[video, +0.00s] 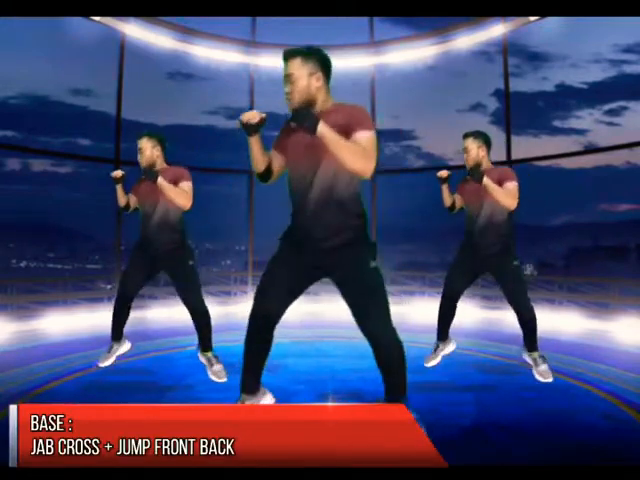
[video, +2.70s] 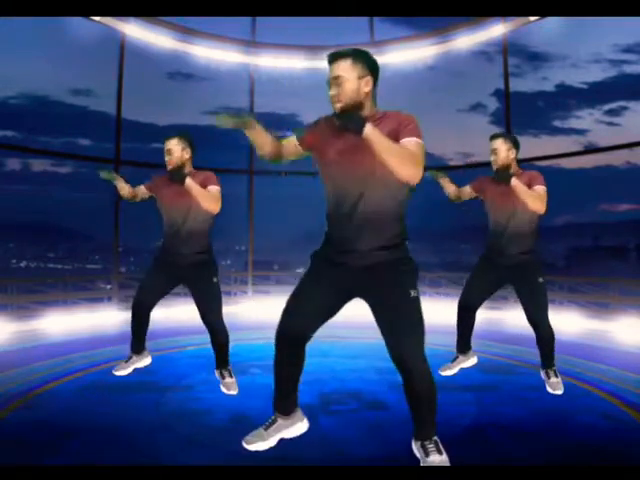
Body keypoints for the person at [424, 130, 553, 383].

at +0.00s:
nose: (465, 154)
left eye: (469, 149)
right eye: (464, 150)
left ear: (484, 151)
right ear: (466, 154)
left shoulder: (504, 174)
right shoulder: (466, 184)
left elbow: (511, 203)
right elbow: (451, 206)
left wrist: (484, 179)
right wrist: (444, 184)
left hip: (501, 251)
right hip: (472, 251)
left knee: (521, 304)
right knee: (450, 293)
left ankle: (532, 352)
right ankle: (443, 341)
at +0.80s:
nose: (476, 160)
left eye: (479, 156)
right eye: (475, 156)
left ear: (492, 157)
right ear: (484, 158)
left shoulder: (504, 181)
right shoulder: (483, 183)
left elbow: (504, 212)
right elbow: (486, 213)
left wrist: (479, 188)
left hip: (500, 258)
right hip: (484, 256)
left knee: (513, 310)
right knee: (460, 300)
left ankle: (552, 357)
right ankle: (461, 354)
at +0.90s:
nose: (479, 162)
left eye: (482, 158)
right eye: (479, 158)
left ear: (491, 158)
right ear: (495, 159)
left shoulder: (494, 179)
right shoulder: (496, 180)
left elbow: (458, 186)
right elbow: (459, 186)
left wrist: (437, 176)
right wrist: (439, 177)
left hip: (499, 259)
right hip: (487, 258)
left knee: (509, 313)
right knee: (460, 300)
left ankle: (550, 358)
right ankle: (460, 353)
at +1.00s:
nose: (480, 162)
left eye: (482, 157)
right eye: (480, 158)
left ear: (492, 156)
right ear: (497, 157)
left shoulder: (496, 176)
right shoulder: (501, 179)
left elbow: (458, 182)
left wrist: (433, 173)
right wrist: (441, 176)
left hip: (499, 258)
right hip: (489, 256)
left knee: (513, 313)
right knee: (464, 300)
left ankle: (548, 359)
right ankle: (461, 354)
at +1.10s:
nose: (480, 164)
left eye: (483, 159)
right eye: (479, 160)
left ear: (495, 158)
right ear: (486, 161)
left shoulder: (511, 178)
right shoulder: (490, 183)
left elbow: (500, 196)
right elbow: (480, 208)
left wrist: (480, 182)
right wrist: (476, 190)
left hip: (510, 259)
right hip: (489, 259)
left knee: (521, 312)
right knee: (469, 302)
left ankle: (546, 363)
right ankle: (461, 353)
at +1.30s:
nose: (487, 168)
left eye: (490, 162)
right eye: (485, 163)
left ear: (505, 160)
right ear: (487, 165)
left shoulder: (526, 181)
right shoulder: (492, 190)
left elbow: (532, 212)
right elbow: (478, 216)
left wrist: (508, 183)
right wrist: (470, 193)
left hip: (524, 261)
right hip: (498, 260)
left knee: (533, 316)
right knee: (473, 304)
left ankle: (548, 365)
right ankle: (462, 354)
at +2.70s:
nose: (493, 156)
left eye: (497, 151)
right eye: (491, 152)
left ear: (513, 153)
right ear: (491, 156)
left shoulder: (532, 178)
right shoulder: (485, 183)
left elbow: (539, 206)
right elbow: (458, 195)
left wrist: (512, 180)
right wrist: (444, 181)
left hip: (525, 263)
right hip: (493, 262)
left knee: (540, 321)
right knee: (466, 305)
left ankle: (549, 370)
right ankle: (464, 354)